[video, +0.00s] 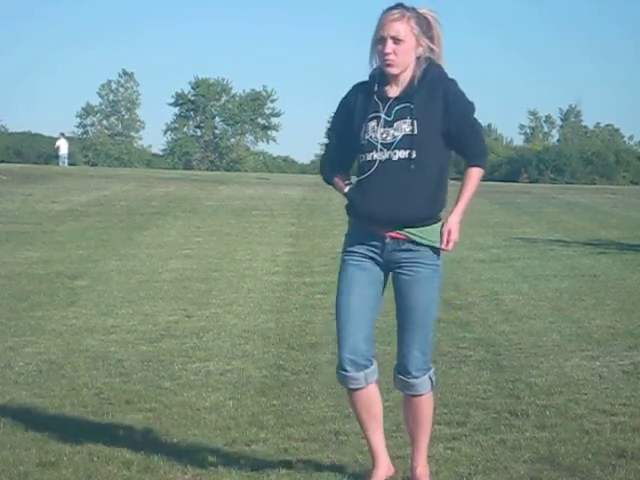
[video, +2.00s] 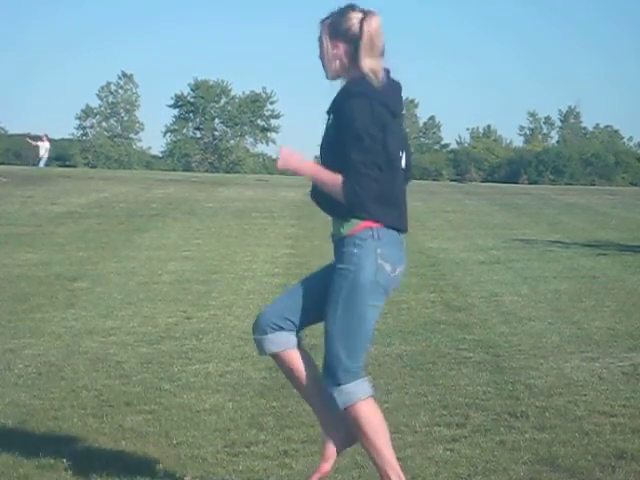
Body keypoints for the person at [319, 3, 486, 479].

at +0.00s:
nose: (387, 48)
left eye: (397, 40)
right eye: (382, 40)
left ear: (421, 46)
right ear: (375, 45)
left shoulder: (442, 92)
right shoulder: (358, 97)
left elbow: (477, 158)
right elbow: (332, 166)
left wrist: (456, 214)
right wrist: (358, 194)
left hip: (419, 245)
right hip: (362, 242)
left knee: (413, 367)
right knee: (352, 360)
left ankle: (420, 465)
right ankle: (382, 465)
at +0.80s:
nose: (345, 53)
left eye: (355, 46)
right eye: (344, 46)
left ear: (385, 54)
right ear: (347, 55)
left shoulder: (401, 106)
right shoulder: (355, 112)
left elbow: (411, 188)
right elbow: (366, 185)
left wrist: (400, 262)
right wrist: (360, 248)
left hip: (407, 257)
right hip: (368, 258)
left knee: (387, 378)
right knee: (306, 350)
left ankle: (431, 473)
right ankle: (374, 433)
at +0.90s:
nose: (343, 26)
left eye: (353, 18)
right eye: (341, 18)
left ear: (383, 26)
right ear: (343, 28)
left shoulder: (396, 77)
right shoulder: (358, 78)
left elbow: (386, 163)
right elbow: (358, 155)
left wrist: (336, 219)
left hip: (403, 233)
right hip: (360, 233)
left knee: (399, 358)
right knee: (295, 317)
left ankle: (427, 466)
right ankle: (361, 412)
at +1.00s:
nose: (336, 3)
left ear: (376, 2)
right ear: (339, 7)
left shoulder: (386, 49)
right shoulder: (354, 53)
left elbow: (358, 127)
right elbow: (364, 130)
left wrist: (296, 177)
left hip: (398, 210)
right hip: (354, 207)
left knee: (393, 338)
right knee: (303, 305)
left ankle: (406, 449)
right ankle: (354, 412)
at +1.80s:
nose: (325, 42)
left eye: (330, 33)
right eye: (327, 34)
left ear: (349, 36)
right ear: (364, 36)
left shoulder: (365, 85)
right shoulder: (369, 83)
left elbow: (345, 172)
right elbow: (356, 171)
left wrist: (290, 234)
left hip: (364, 235)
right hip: (364, 233)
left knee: (352, 365)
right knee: (338, 368)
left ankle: (396, 475)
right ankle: (390, 472)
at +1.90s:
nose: (324, 59)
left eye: (328, 50)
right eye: (325, 50)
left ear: (346, 56)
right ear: (365, 55)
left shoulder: (362, 107)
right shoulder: (379, 102)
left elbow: (359, 201)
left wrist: (284, 208)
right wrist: (380, 29)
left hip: (367, 259)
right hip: (375, 257)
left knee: (338, 383)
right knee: (292, 362)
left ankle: (392, 475)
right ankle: (364, 466)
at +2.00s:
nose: (319, 54)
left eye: (324, 45)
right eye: (321, 45)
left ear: (344, 48)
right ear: (352, 48)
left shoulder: (358, 98)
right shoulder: (378, 95)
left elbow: (364, 189)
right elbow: (400, 172)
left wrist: (305, 168)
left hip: (367, 248)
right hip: (372, 246)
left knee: (344, 377)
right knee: (272, 325)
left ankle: (395, 474)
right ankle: (334, 425)